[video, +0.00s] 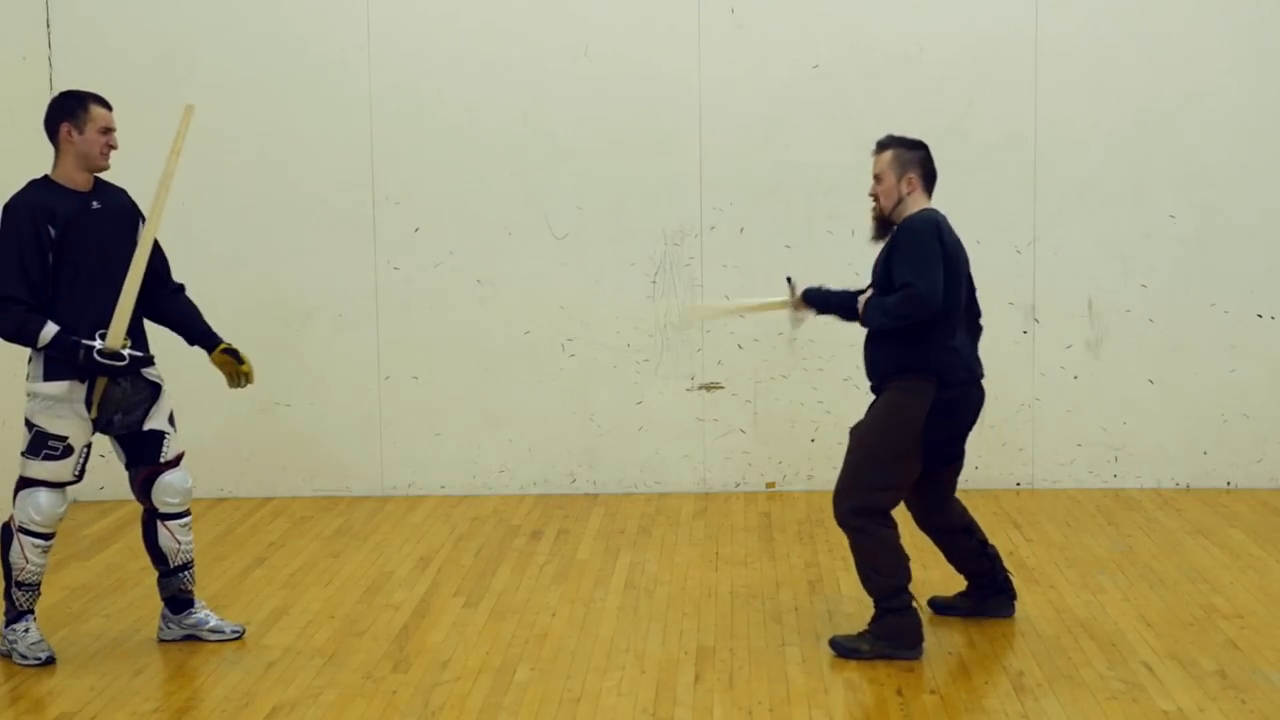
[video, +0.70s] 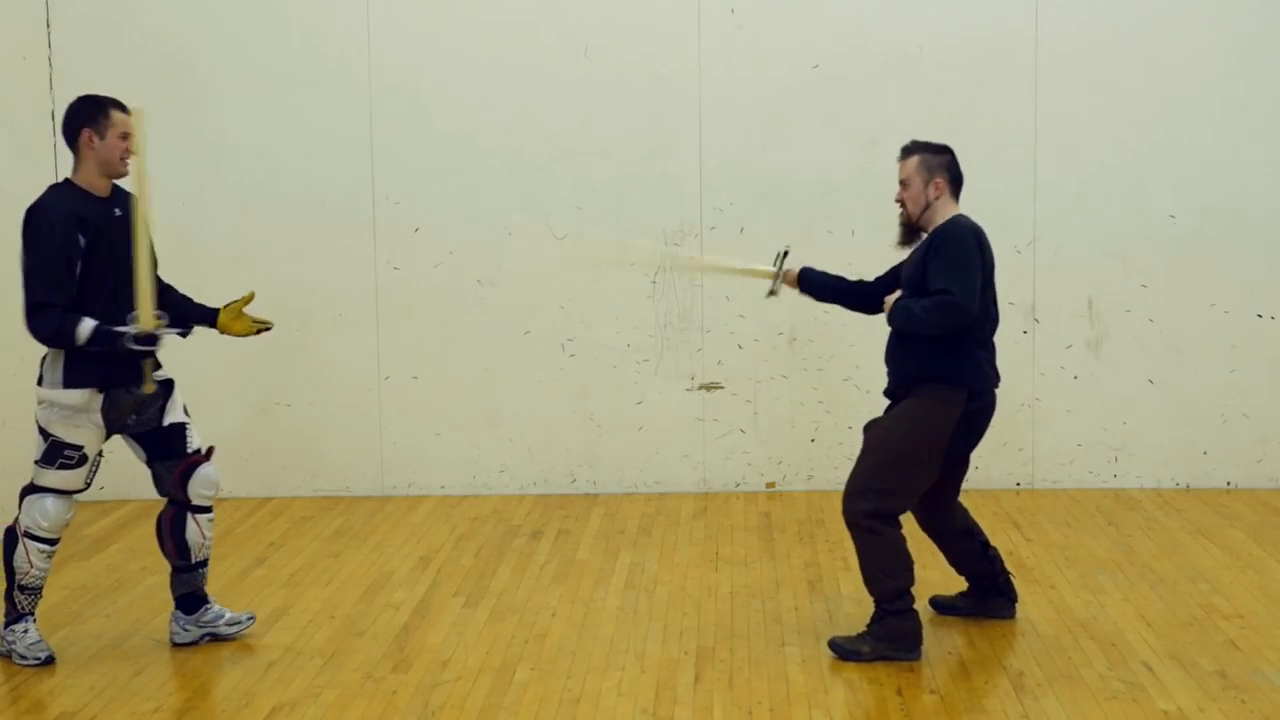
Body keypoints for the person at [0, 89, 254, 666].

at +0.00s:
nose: (114, 142)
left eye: (114, 133)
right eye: (104, 132)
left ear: (85, 136)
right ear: (68, 134)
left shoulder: (122, 207)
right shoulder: (28, 210)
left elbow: (158, 290)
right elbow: (8, 310)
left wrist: (212, 343)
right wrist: (76, 348)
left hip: (133, 372)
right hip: (61, 376)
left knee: (170, 489)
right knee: (42, 503)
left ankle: (181, 611)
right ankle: (19, 622)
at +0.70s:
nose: (130, 148)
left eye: (131, 138)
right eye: (122, 138)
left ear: (101, 142)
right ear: (88, 140)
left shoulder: (125, 208)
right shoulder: (51, 213)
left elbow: (147, 289)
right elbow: (43, 318)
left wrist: (210, 317)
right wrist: (114, 335)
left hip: (140, 373)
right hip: (76, 379)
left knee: (193, 480)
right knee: (51, 501)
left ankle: (191, 610)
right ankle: (17, 622)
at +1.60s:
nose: (568, 156)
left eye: (567, 145)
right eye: (562, 146)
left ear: (518, 149)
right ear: (532, 148)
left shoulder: (482, 203)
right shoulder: (564, 208)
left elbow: (541, 286)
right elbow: (623, 276)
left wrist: (622, 299)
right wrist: (683, 304)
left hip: (484, 377)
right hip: (556, 381)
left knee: (445, 490)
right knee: (616, 496)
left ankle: (381, 610)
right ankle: (618, 627)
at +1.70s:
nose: (587, 138)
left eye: (584, 130)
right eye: (579, 132)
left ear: (538, 143)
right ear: (551, 141)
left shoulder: (507, 196)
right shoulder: (592, 199)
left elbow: (584, 267)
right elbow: (655, 255)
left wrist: (663, 284)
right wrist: (726, 285)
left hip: (502, 369)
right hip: (573, 373)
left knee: (460, 486)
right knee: (621, 494)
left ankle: (403, 608)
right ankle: (617, 628)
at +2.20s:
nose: (635, 149)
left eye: (635, 139)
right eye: (631, 139)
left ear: (583, 142)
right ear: (604, 143)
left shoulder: (545, 190)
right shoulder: (628, 202)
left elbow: (627, 257)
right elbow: (696, 255)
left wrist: (706, 280)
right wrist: (763, 283)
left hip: (520, 362)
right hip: (592, 371)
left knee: (474, 485)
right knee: (628, 495)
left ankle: (422, 612)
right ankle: (617, 627)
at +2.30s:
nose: (641, 152)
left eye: (641, 142)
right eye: (637, 143)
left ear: (591, 144)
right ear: (610, 143)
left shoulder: (550, 188)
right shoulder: (633, 202)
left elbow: (632, 257)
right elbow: (700, 257)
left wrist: (709, 282)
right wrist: (764, 283)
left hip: (523, 362)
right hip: (595, 372)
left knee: (477, 484)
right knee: (630, 496)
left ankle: (423, 610)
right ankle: (617, 627)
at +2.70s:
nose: (665, 162)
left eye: (666, 151)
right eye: (661, 151)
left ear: (618, 147)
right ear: (637, 148)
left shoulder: (570, 182)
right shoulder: (647, 209)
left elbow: (637, 257)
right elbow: (706, 265)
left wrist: (725, 290)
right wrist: (772, 296)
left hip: (518, 353)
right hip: (587, 368)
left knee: (478, 481)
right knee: (624, 496)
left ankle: (431, 610)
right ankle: (617, 627)